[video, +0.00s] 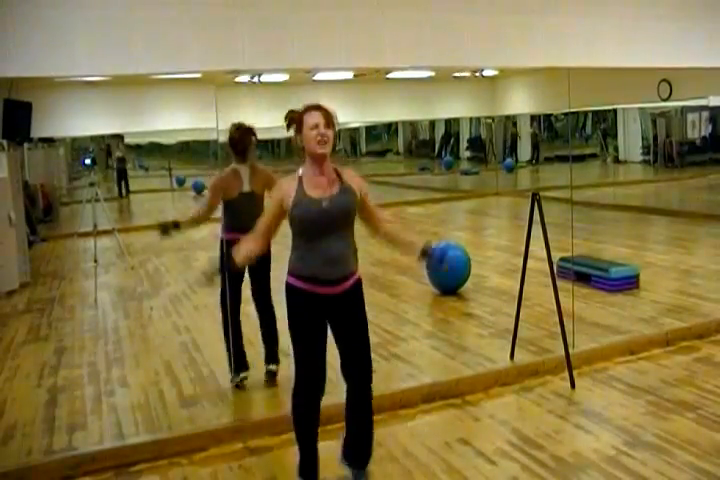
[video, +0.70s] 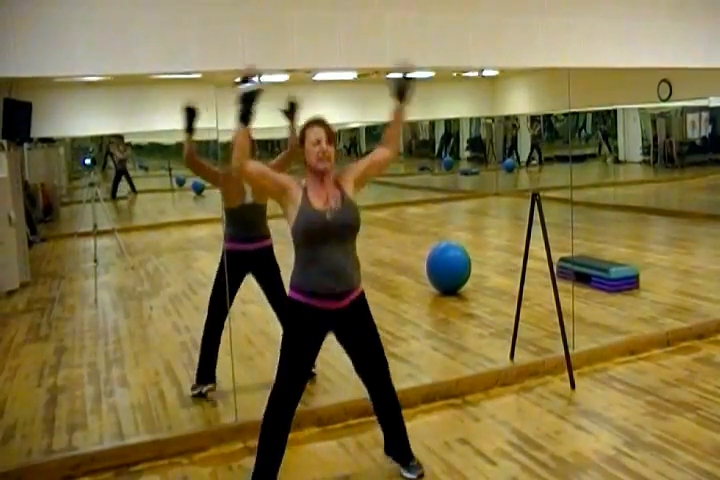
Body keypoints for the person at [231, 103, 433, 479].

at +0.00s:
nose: (321, 133)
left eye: (326, 127)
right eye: (314, 128)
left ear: (334, 133)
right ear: (300, 137)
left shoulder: (351, 181)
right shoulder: (287, 188)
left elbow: (380, 225)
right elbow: (261, 234)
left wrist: (422, 248)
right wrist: (243, 251)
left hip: (347, 289)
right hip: (304, 292)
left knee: (360, 377)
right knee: (310, 382)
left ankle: (357, 460)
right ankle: (308, 466)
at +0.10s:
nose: (323, 155)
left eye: (327, 148)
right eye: (314, 150)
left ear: (334, 154)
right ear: (301, 159)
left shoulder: (348, 201)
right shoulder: (288, 209)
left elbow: (360, 261)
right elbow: (280, 269)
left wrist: (377, 311)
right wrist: (277, 318)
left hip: (350, 315)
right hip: (307, 318)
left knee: (355, 402)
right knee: (316, 404)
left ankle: (345, 466)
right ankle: (317, 472)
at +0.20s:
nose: (321, 141)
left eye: (326, 135)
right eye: (313, 137)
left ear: (334, 142)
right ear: (301, 146)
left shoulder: (350, 188)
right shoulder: (289, 195)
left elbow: (368, 241)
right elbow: (277, 254)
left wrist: (398, 279)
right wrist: (265, 293)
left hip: (349, 302)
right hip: (306, 304)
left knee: (357, 388)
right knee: (312, 390)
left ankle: (347, 465)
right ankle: (313, 469)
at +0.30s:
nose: (322, 123)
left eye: (327, 116)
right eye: (314, 118)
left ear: (336, 123)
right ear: (301, 127)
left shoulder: (352, 165)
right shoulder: (287, 173)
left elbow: (392, 198)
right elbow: (253, 221)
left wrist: (439, 194)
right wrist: (223, 232)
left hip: (349, 277)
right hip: (307, 280)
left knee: (359, 367)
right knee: (305, 373)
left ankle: (360, 451)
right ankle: (301, 465)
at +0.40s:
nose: (323, 127)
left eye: (328, 121)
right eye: (314, 122)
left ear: (335, 127)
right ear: (301, 130)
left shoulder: (352, 165)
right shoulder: (287, 173)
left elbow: (402, 162)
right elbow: (237, 188)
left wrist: (429, 117)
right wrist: (214, 157)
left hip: (349, 281)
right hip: (306, 284)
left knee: (370, 364)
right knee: (296, 377)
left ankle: (381, 449)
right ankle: (282, 471)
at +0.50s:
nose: (324, 153)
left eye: (330, 147)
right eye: (317, 148)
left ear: (338, 154)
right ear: (304, 157)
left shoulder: (352, 184)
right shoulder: (292, 193)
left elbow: (386, 145)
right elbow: (245, 162)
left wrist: (380, 92)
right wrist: (254, 107)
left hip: (352, 308)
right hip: (308, 311)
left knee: (384, 384)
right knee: (285, 400)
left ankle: (403, 457)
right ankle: (262, 475)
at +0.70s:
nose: (322, 148)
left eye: (327, 141)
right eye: (314, 142)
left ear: (335, 147)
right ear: (302, 150)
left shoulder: (348, 181)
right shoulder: (290, 190)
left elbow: (388, 150)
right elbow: (242, 164)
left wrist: (399, 104)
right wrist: (245, 110)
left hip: (351, 303)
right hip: (307, 306)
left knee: (380, 381)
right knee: (285, 395)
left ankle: (401, 453)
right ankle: (264, 475)